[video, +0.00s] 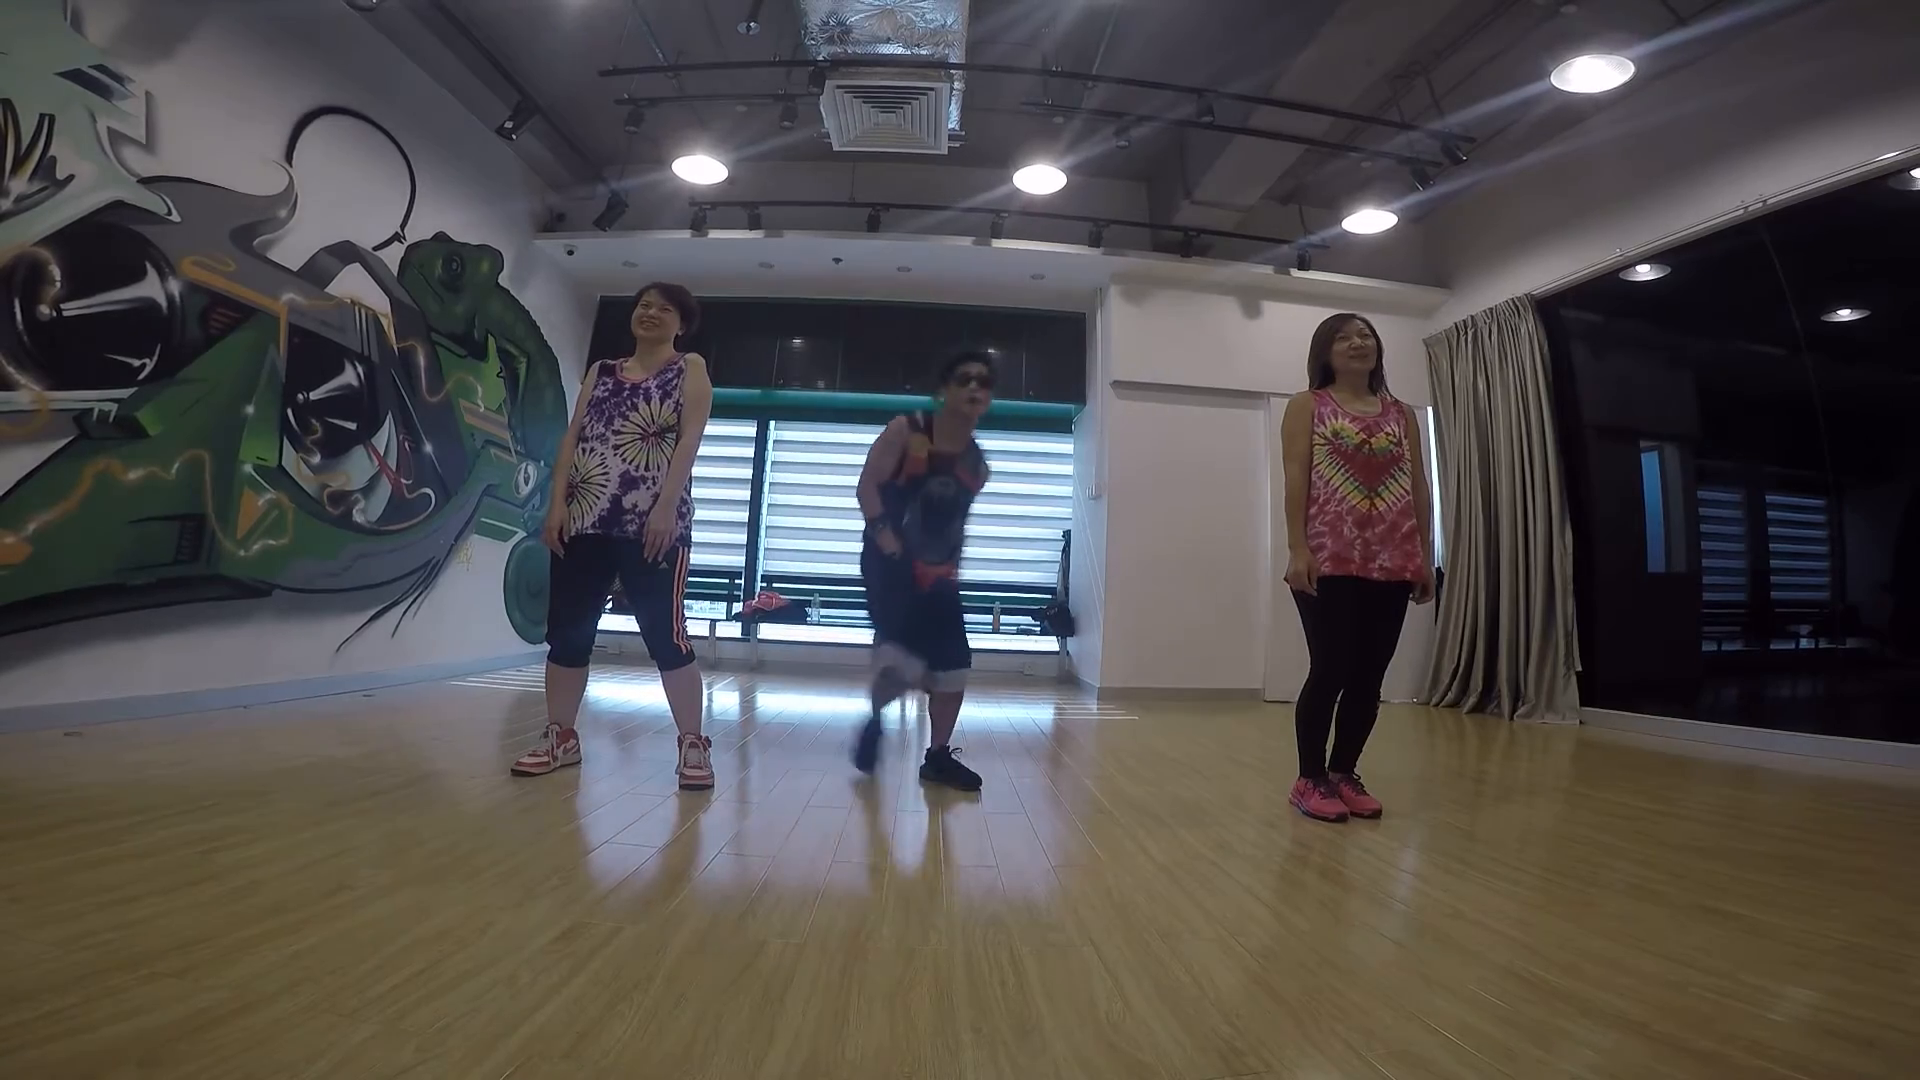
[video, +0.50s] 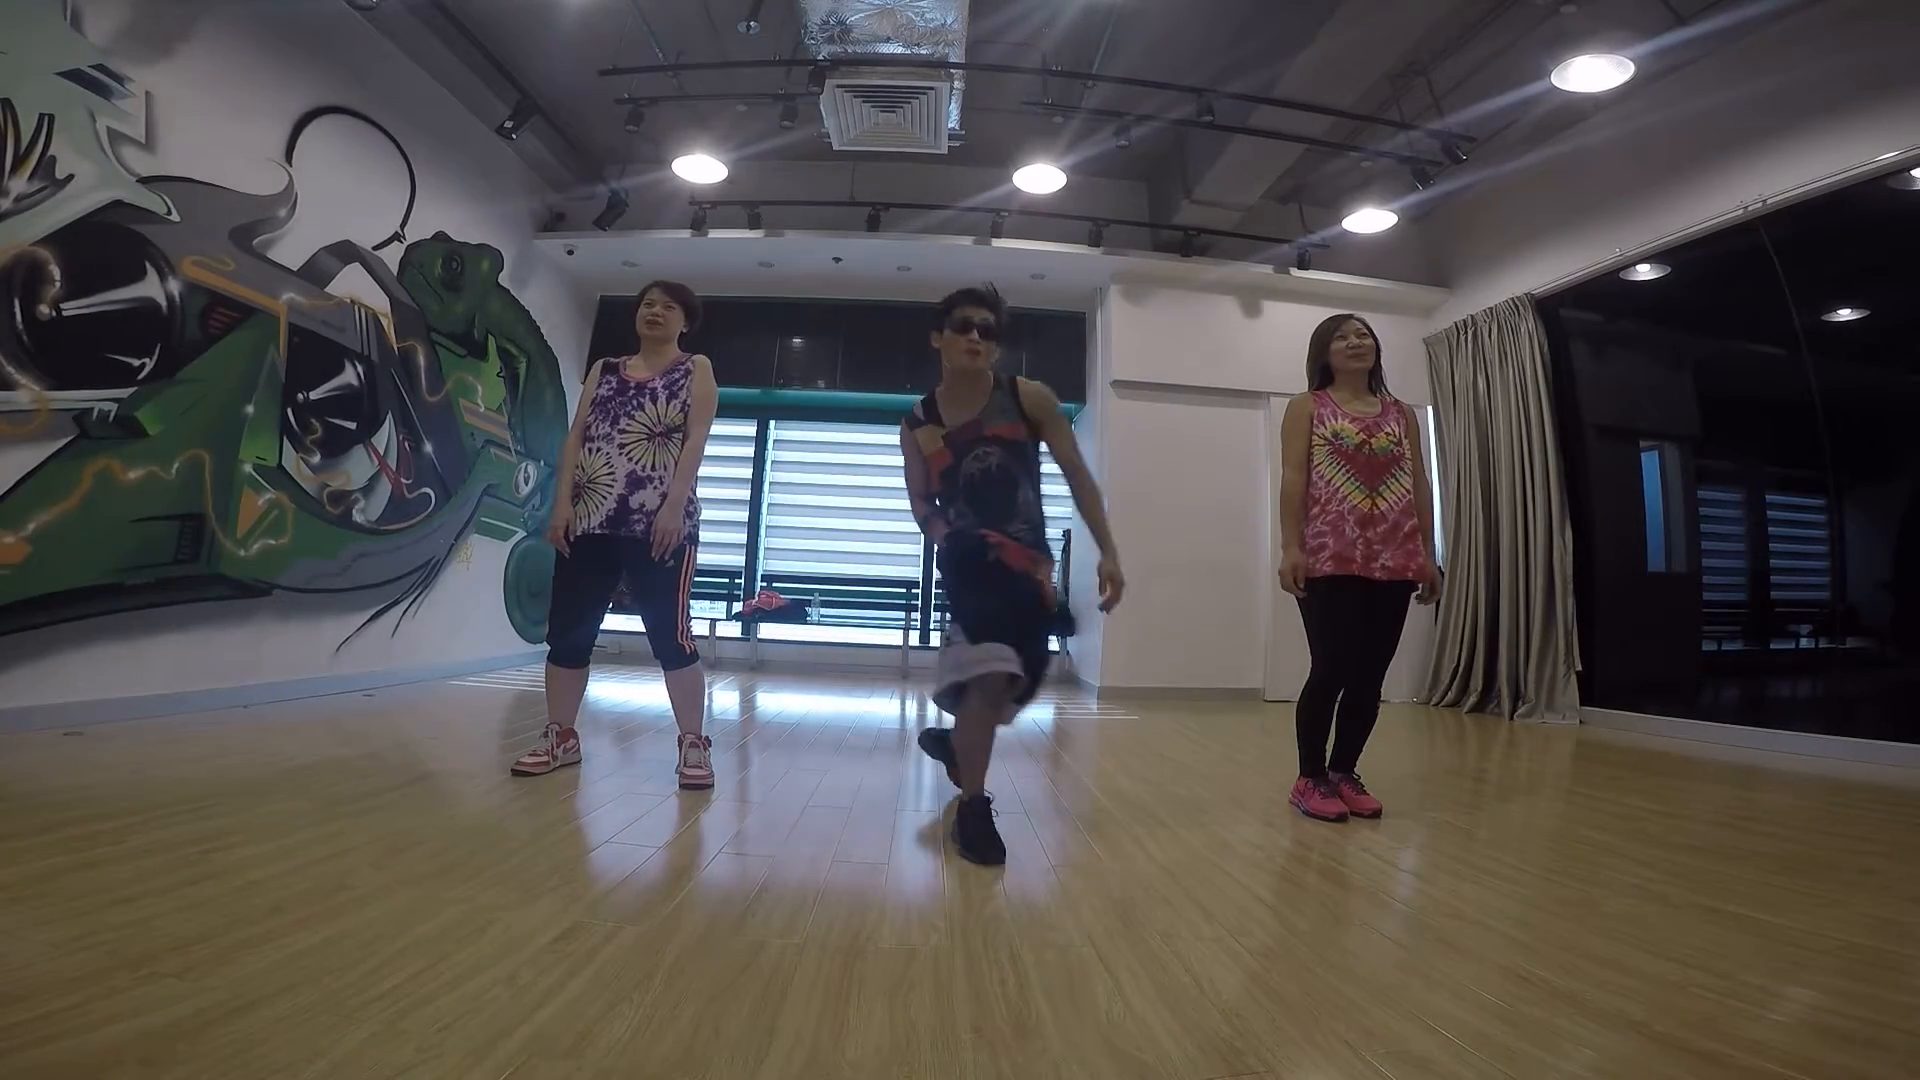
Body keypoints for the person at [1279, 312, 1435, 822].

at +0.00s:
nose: (1356, 343)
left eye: (1364, 335)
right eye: (1342, 337)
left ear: (1378, 349)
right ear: (1324, 354)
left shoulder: (1401, 413)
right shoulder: (1307, 407)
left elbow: (1418, 490)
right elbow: (1296, 479)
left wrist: (1423, 557)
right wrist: (1298, 548)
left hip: (1392, 565)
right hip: (1329, 563)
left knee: (1367, 680)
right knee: (1328, 672)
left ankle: (1343, 775)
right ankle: (1310, 780)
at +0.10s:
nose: (1356, 341)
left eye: (1364, 334)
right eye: (1342, 336)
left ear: (1378, 350)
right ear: (1324, 353)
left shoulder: (1401, 413)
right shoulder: (1307, 406)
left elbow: (1418, 490)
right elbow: (1296, 478)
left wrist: (1423, 557)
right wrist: (1298, 548)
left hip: (1392, 565)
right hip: (1329, 562)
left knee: (1367, 680)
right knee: (1328, 672)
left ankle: (1343, 775)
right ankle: (1310, 780)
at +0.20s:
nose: (1355, 340)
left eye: (1364, 334)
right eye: (1341, 336)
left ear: (1377, 350)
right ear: (1324, 354)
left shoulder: (1401, 413)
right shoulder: (1307, 406)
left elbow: (1418, 490)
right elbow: (1297, 478)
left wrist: (1424, 557)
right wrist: (1298, 548)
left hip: (1392, 564)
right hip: (1328, 562)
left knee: (1368, 679)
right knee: (1327, 672)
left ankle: (1343, 775)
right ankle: (1310, 780)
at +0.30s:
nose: (1354, 341)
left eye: (1363, 335)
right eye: (1341, 337)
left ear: (1377, 350)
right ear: (1324, 354)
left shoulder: (1401, 413)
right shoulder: (1307, 407)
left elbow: (1418, 490)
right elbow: (1297, 480)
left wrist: (1425, 559)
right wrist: (1297, 548)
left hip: (1392, 565)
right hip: (1328, 562)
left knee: (1368, 680)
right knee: (1327, 672)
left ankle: (1344, 775)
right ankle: (1311, 780)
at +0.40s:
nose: (1354, 341)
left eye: (1363, 335)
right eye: (1341, 337)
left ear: (1377, 350)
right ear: (1323, 355)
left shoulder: (1401, 412)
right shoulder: (1307, 407)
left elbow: (1419, 489)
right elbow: (1295, 480)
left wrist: (1426, 558)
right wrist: (1292, 548)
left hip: (1393, 565)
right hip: (1329, 563)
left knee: (1368, 680)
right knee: (1327, 672)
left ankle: (1343, 775)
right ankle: (1310, 781)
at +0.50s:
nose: (1355, 341)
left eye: (1363, 335)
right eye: (1341, 337)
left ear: (1377, 350)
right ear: (1323, 354)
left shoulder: (1401, 412)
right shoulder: (1307, 407)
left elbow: (1419, 487)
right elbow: (1293, 481)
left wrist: (1427, 556)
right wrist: (1292, 548)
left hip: (1393, 564)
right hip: (1328, 562)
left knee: (1368, 680)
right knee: (1328, 673)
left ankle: (1344, 775)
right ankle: (1310, 780)